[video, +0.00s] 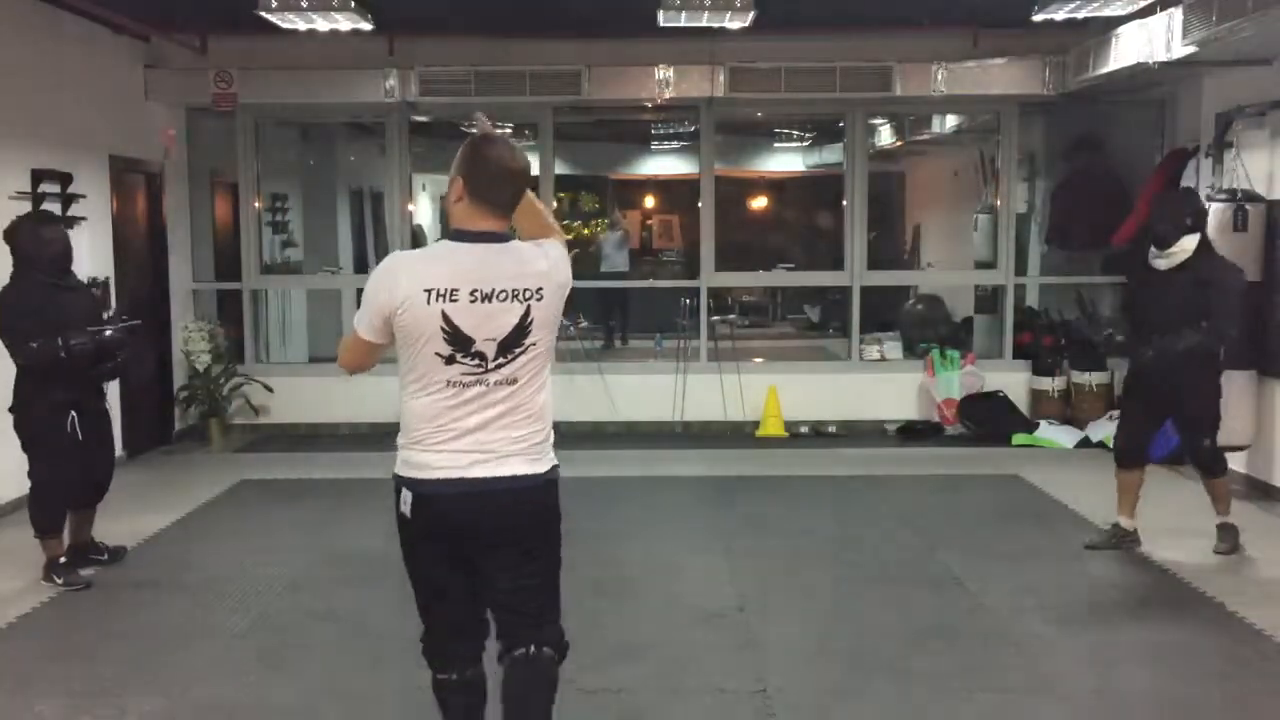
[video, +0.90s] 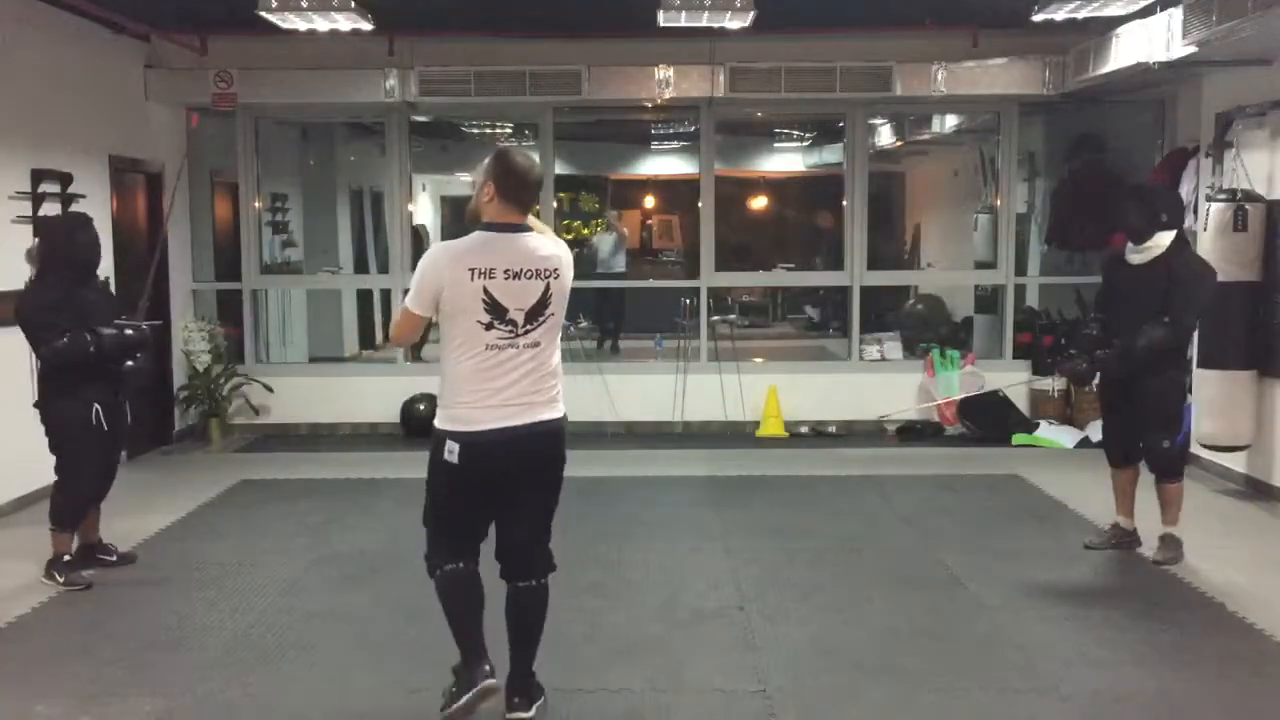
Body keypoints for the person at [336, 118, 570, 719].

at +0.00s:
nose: (447, 188)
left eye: (451, 180)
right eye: (452, 180)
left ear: (457, 189)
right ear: (518, 198)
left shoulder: (402, 272)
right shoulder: (548, 268)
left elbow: (353, 358)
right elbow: (541, 227)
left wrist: (399, 314)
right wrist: (505, 166)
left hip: (430, 490)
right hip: (524, 488)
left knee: (452, 646)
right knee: (531, 640)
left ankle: (464, 716)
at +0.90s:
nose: (474, 191)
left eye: (477, 183)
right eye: (478, 183)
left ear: (488, 190)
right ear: (532, 197)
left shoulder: (446, 258)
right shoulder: (559, 256)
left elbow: (402, 334)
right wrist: (520, 217)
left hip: (467, 440)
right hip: (542, 437)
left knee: (451, 550)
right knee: (528, 557)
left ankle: (474, 668)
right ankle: (523, 686)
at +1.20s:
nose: (467, 197)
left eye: (470, 189)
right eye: (472, 188)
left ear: (477, 197)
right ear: (522, 203)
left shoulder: (438, 262)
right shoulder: (548, 258)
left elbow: (396, 333)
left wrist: (424, 303)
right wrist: (499, 230)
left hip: (462, 432)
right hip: (532, 429)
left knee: (457, 539)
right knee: (524, 549)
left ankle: (452, 634)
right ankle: (519, 683)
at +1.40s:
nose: (447, 205)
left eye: (449, 198)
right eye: (454, 198)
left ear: (454, 204)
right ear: (500, 211)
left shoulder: (418, 266)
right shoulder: (528, 260)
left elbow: (386, 333)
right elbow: (524, 249)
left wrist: (420, 300)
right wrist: (485, 225)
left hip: (445, 427)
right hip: (513, 424)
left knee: (445, 533)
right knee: (515, 533)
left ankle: (452, 633)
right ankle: (518, 656)